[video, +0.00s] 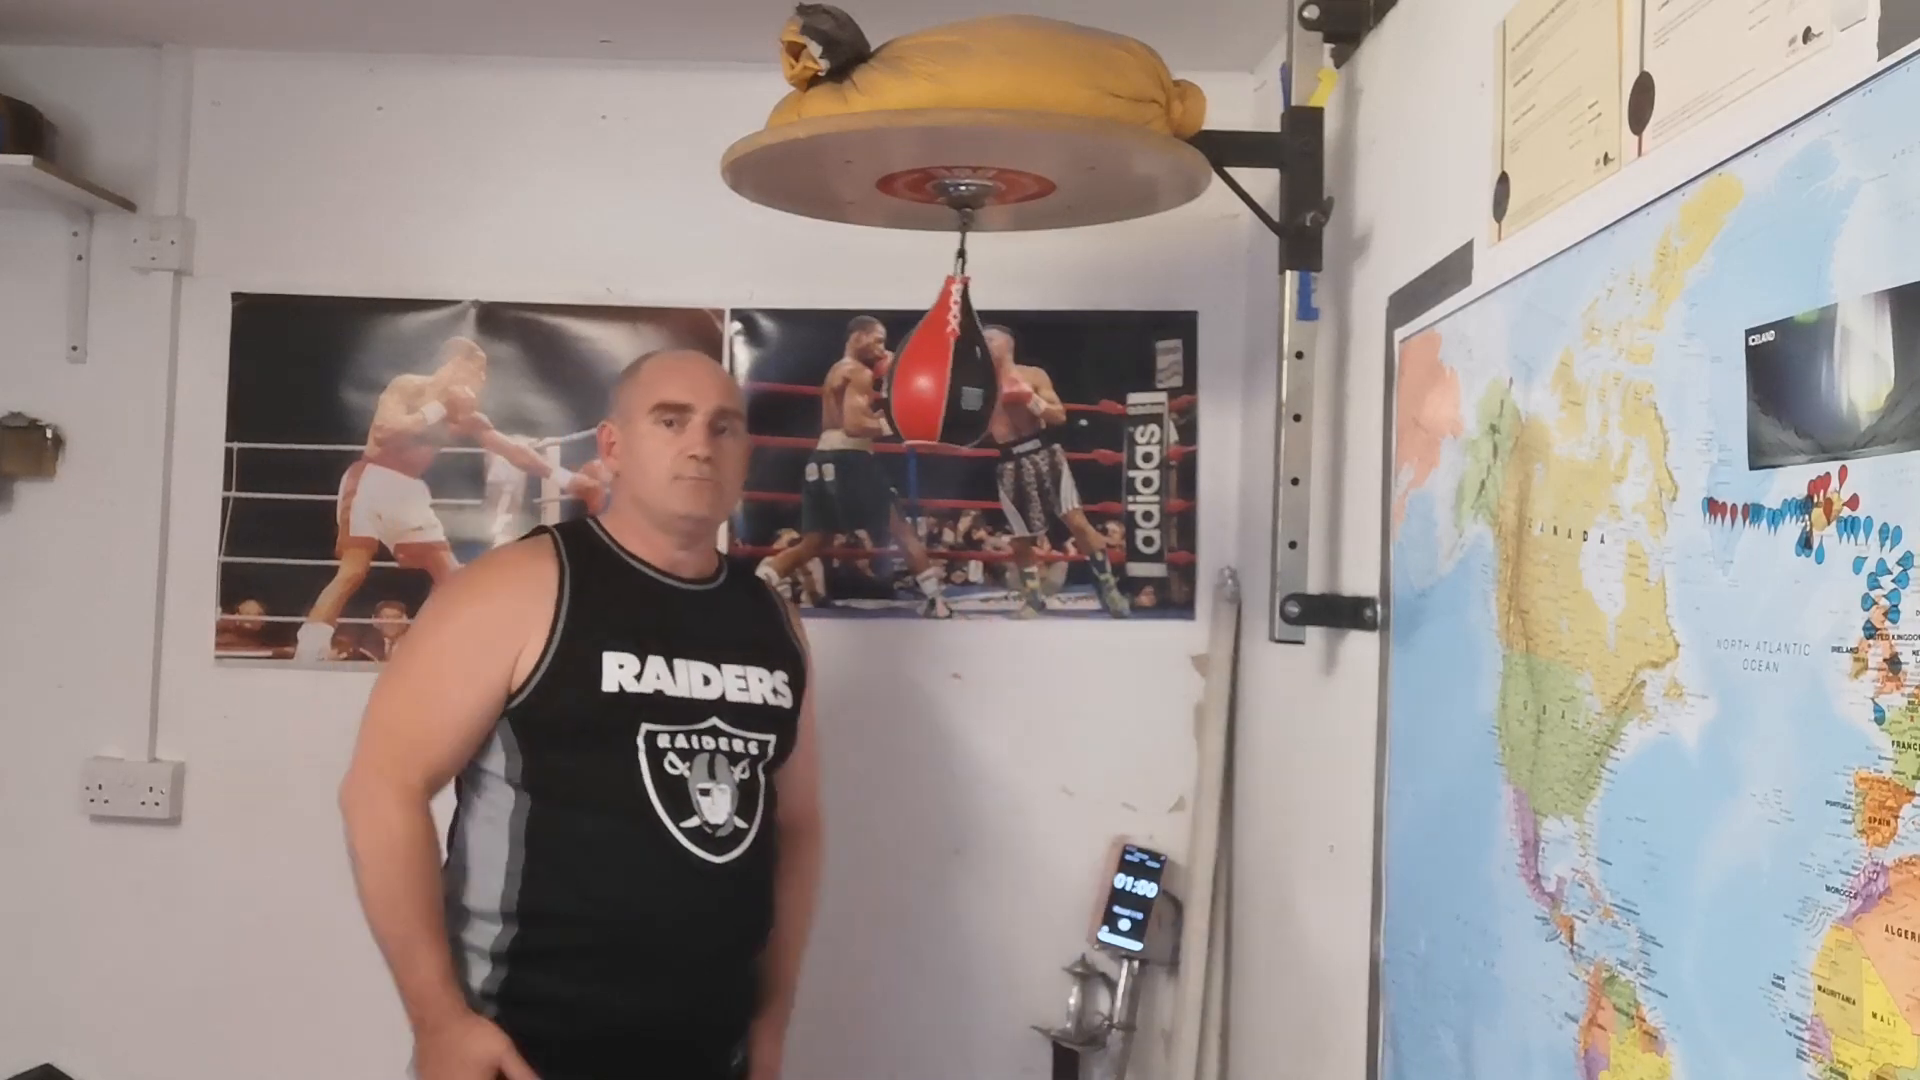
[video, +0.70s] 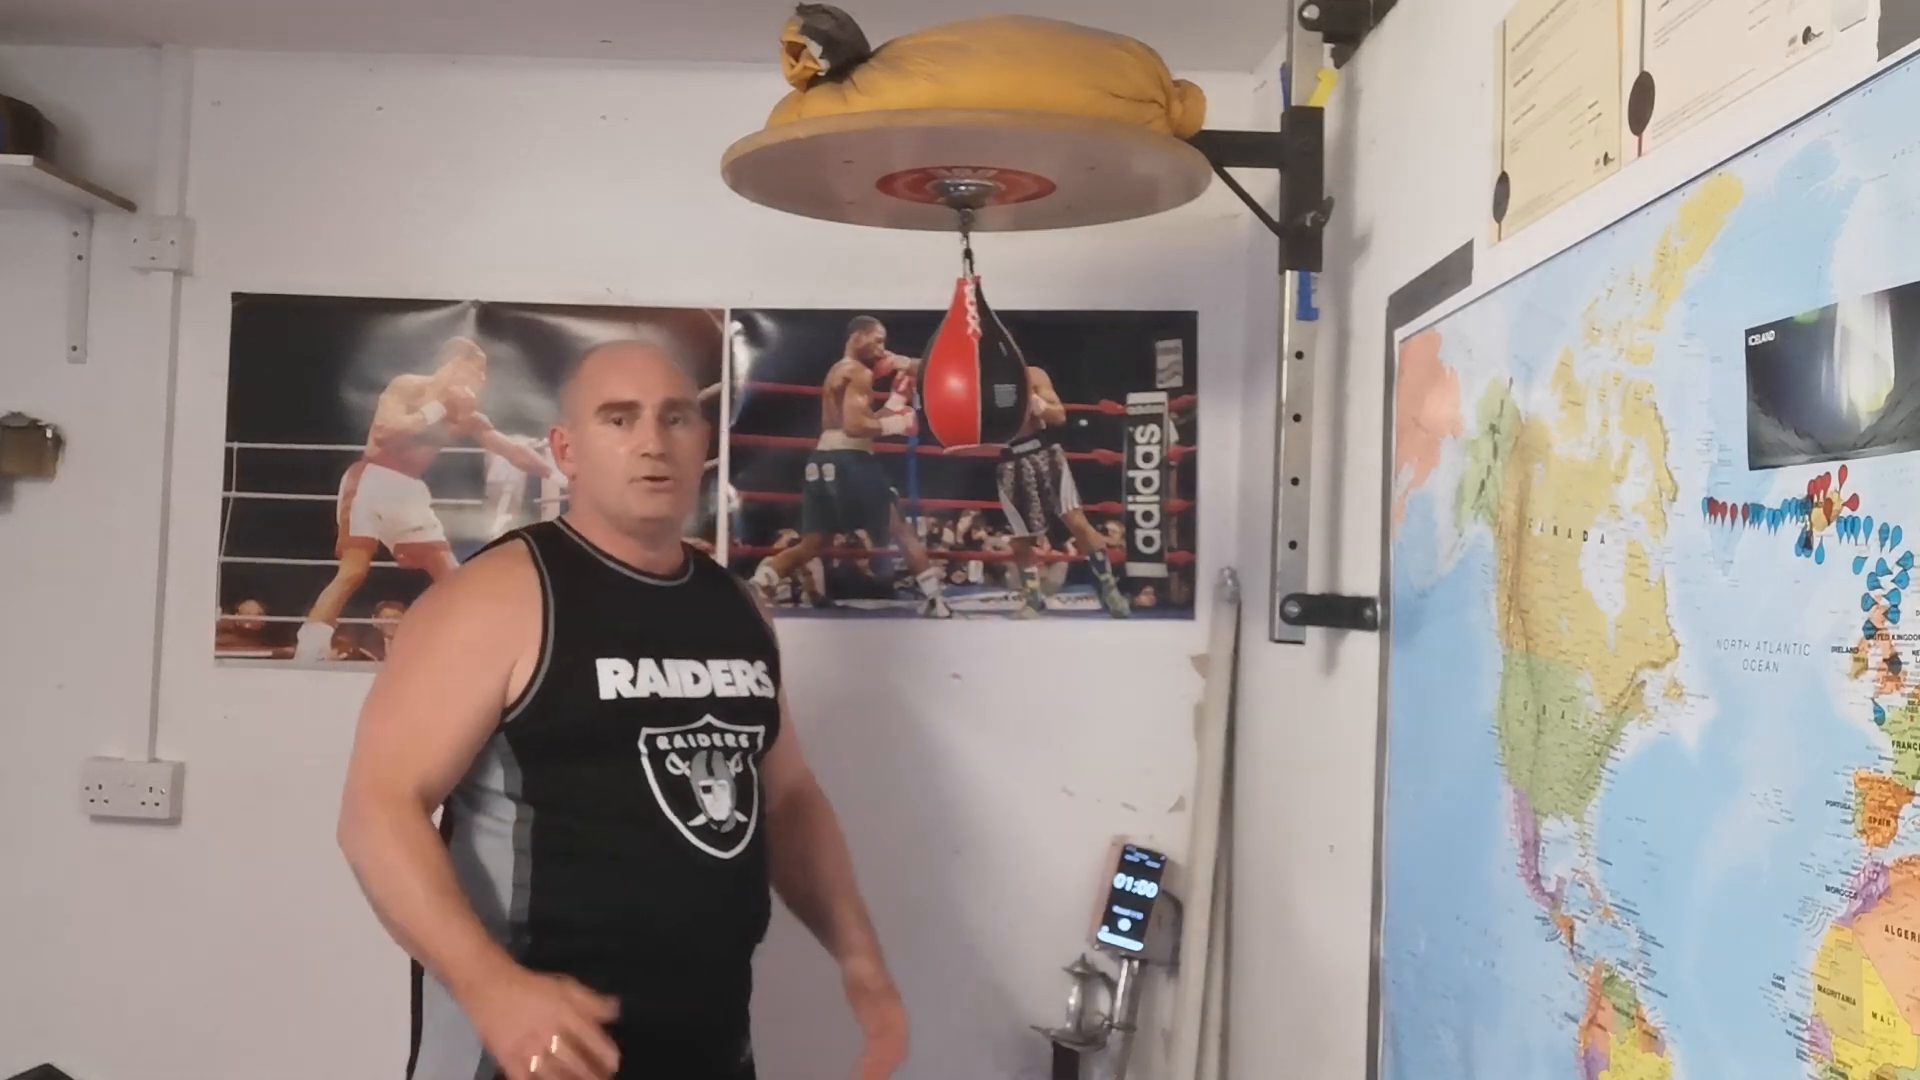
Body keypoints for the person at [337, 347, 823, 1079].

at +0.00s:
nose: (702, 442)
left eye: (724, 425)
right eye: (670, 419)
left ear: (745, 459)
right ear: (611, 447)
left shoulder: (768, 619)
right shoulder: (518, 586)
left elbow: (795, 828)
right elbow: (381, 787)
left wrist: (770, 1018)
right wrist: (439, 1019)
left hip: (708, 1040)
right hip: (533, 1037)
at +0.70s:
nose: (653, 443)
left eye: (676, 418)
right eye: (619, 419)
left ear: (706, 443)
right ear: (565, 450)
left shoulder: (730, 607)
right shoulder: (495, 598)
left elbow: (787, 801)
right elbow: (378, 811)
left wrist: (857, 949)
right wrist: (495, 989)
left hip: (711, 1038)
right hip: (553, 1042)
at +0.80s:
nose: (650, 443)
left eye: (672, 418)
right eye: (615, 419)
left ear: (703, 446)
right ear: (561, 452)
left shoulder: (731, 605)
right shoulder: (488, 598)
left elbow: (787, 784)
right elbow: (363, 803)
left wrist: (865, 879)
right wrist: (505, 915)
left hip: (704, 1034)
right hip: (528, 1040)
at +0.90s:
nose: (646, 443)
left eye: (669, 419)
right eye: (613, 418)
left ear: (699, 448)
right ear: (559, 450)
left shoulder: (730, 603)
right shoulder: (486, 595)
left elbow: (785, 774)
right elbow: (352, 798)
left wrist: (859, 788)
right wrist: (515, 810)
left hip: (699, 1026)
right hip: (521, 1030)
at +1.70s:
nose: (653, 444)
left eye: (677, 421)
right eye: (621, 419)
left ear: (702, 448)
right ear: (564, 448)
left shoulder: (729, 606)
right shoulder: (488, 589)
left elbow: (801, 774)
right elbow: (361, 786)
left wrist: (835, 835)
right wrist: (512, 867)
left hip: (692, 1019)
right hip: (517, 1024)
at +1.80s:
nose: (655, 442)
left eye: (679, 420)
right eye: (622, 417)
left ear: (703, 451)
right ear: (566, 448)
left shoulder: (731, 608)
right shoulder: (493, 588)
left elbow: (799, 795)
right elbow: (369, 793)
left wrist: (835, 938)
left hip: (699, 1026)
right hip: (531, 1029)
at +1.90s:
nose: (659, 444)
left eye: (681, 420)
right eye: (627, 418)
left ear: (709, 450)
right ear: (570, 448)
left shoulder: (736, 612)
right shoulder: (493, 592)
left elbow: (788, 812)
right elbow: (380, 804)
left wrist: (807, 1001)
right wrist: (417, 1042)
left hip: (699, 1037)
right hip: (528, 1037)